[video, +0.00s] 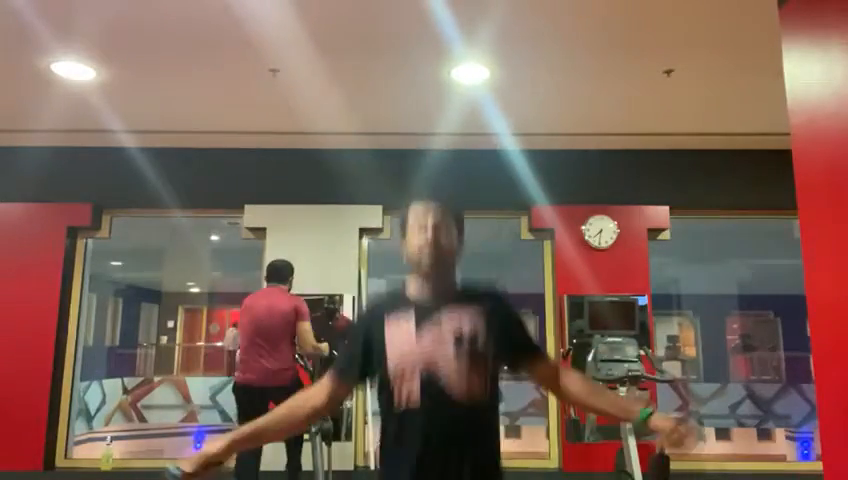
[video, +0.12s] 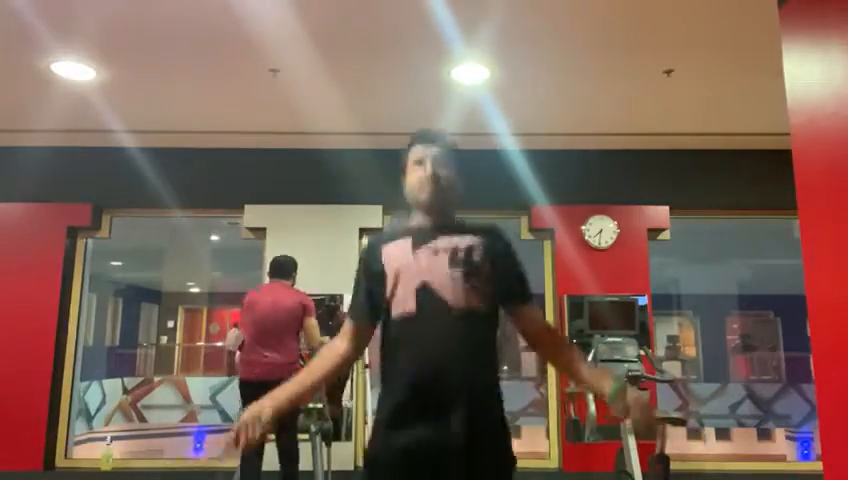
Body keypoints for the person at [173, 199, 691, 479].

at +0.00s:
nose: (427, 238)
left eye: (439, 228)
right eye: (417, 229)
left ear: (459, 241)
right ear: (402, 243)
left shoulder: (490, 311)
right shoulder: (376, 317)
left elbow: (556, 378)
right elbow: (317, 399)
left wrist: (639, 416)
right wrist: (230, 442)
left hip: (474, 468)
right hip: (399, 468)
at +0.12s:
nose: (432, 172)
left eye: (443, 164)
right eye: (420, 165)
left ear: (459, 180)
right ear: (404, 183)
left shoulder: (489, 243)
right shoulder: (380, 251)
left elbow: (538, 333)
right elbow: (346, 343)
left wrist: (605, 387)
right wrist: (271, 404)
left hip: (477, 435)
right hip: (400, 438)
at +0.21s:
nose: (431, 157)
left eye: (443, 150)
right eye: (420, 151)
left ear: (461, 164)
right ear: (404, 167)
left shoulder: (490, 231)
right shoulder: (378, 239)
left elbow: (541, 321)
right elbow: (353, 331)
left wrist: (617, 363)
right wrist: (275, 379)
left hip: (478, 421)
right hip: (399, 423)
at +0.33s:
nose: (428, 190)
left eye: (439, 180)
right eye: (419, 181)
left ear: (456, 194)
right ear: (403, 194)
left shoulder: (491, 258)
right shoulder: (379, 265)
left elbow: (561, 340)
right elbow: (342, 351)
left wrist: (644, 371)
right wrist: (259, 386)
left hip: (478, 446)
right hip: (400, 447)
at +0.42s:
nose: (429, 242)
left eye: (441, 231)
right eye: (419, 231)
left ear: (463, 242)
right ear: (404, 243)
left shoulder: (497, 311)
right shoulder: (380, 314)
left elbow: (576, 378)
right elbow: (324, 391)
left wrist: (659, 414)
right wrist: (237, 421)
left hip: (475, 468)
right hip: (401, 468)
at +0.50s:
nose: (431, 243)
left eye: (444, 233)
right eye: (421, 234)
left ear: (464, 248)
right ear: (405, 249)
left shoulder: (496, 318)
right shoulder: (380, 325)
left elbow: (573, 390)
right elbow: (321, 403)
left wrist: (660, 433)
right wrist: (230, 446)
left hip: (476, 471)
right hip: (398, 470)